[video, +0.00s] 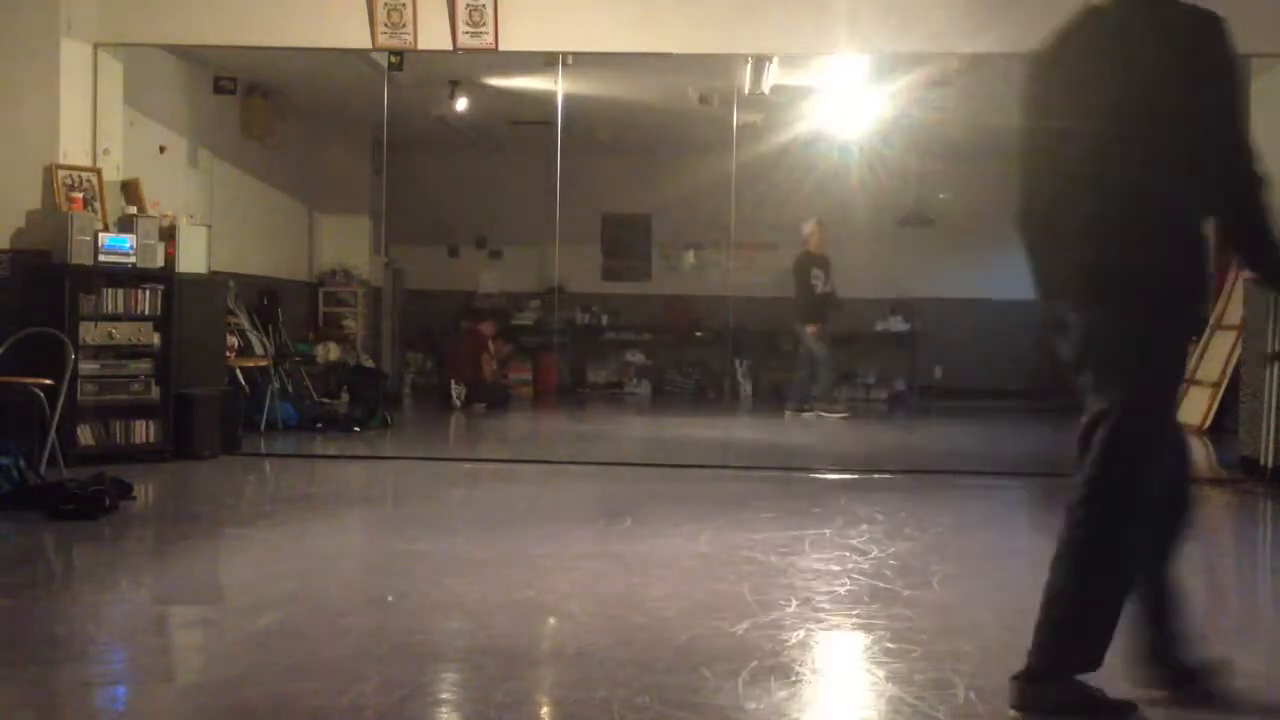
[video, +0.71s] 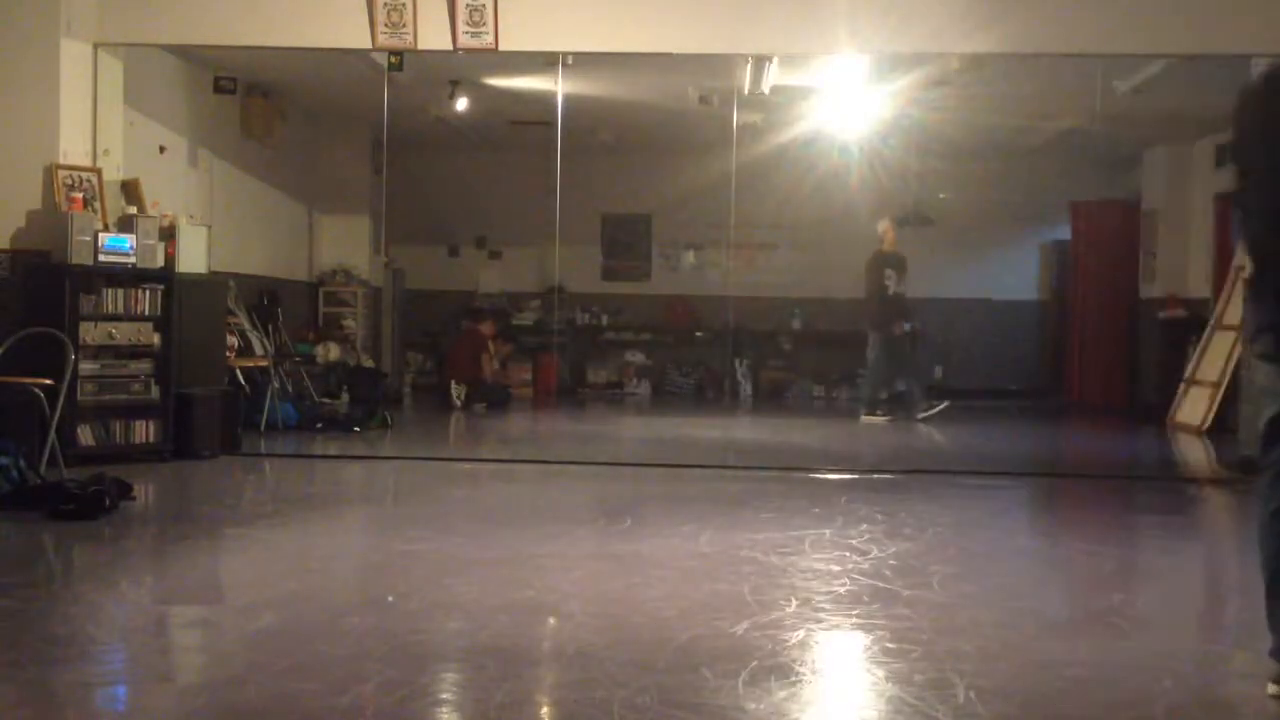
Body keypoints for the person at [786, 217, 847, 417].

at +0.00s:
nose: (821, 239)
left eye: (821, 234)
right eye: (816, 235)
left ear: (823, 236)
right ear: (808, 237)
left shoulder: (824, 260)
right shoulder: (802, 260)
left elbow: (827, 287)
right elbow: (803, 293)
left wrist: (834, 301)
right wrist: (808, 319)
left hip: (820, 315)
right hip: (805, 317)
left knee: (806, 360)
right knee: (822, 356)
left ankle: (797, 402)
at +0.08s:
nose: (827, 240)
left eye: (827, 236)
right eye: (823, 237)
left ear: (828, 237)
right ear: (817, 239)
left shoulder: (834, 263)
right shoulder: (811, 262)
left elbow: (839, 290)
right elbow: (811, 295)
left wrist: (851, 307)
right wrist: (813, 323)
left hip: (829, 317)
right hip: (816, 319)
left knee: (808, 362)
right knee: (830, 363)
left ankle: (795, 403)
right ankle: (841, 405)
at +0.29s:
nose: (853, 238)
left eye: (854, 234)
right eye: (849, 234)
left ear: (856, 236)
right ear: (840, 238)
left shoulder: (860, 261)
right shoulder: (835, 263)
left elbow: (867, 291)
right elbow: (834, 296)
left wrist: (873, 317)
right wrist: (837, 326)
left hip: (859, 318)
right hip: (843, 319)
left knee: (838, 364)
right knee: (859, 365)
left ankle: (809, 394)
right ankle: (865, 408)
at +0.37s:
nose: (860, 236)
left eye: (860, 231)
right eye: (855, 232)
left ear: (863, 233)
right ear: (848, 236)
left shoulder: (869, 258)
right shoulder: (843, 260)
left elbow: (875, 290)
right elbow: (844, 295)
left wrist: (877, 318)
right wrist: (849, 325)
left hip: (870, 317)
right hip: (854, 318)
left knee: (861, 362)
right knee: (863, 363)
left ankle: (827, 386)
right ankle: (868, 406)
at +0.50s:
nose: (873, 234)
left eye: (873, 229)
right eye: (869, 230)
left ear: (875, 232)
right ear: (861, 234)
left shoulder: (881, 256)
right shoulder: (856, 258)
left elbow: (883, 287)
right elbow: (857, 292)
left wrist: (883, 314)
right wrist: (863, 321)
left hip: (880, 315)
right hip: (865, 317)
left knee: (881, 361)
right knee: (867, 363)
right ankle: (868, 407)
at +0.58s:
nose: (881, 234)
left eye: (881, 229)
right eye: (876, 230)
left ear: (883, 231)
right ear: (869, 234)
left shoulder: (888, 257)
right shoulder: (865, 260)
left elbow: (889, 289)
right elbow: (864, 293)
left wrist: (890, 316)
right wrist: (875, 320)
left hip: (886, 316)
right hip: (870, 317)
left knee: (886, 361)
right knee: (870, 362)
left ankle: (886, 405)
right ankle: (868, 406)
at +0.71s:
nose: (893, 235)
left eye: (893, 231)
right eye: (889, 232)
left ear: (896, 233)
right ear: (881, 235)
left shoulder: (900, 259)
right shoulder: (876, 260)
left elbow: (900, 291)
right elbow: (874, 294)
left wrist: (905, 317)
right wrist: (887, 320)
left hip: (898, 317)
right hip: (880, 317)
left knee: (906, 360)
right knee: (876, 362)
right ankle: (868, 408)